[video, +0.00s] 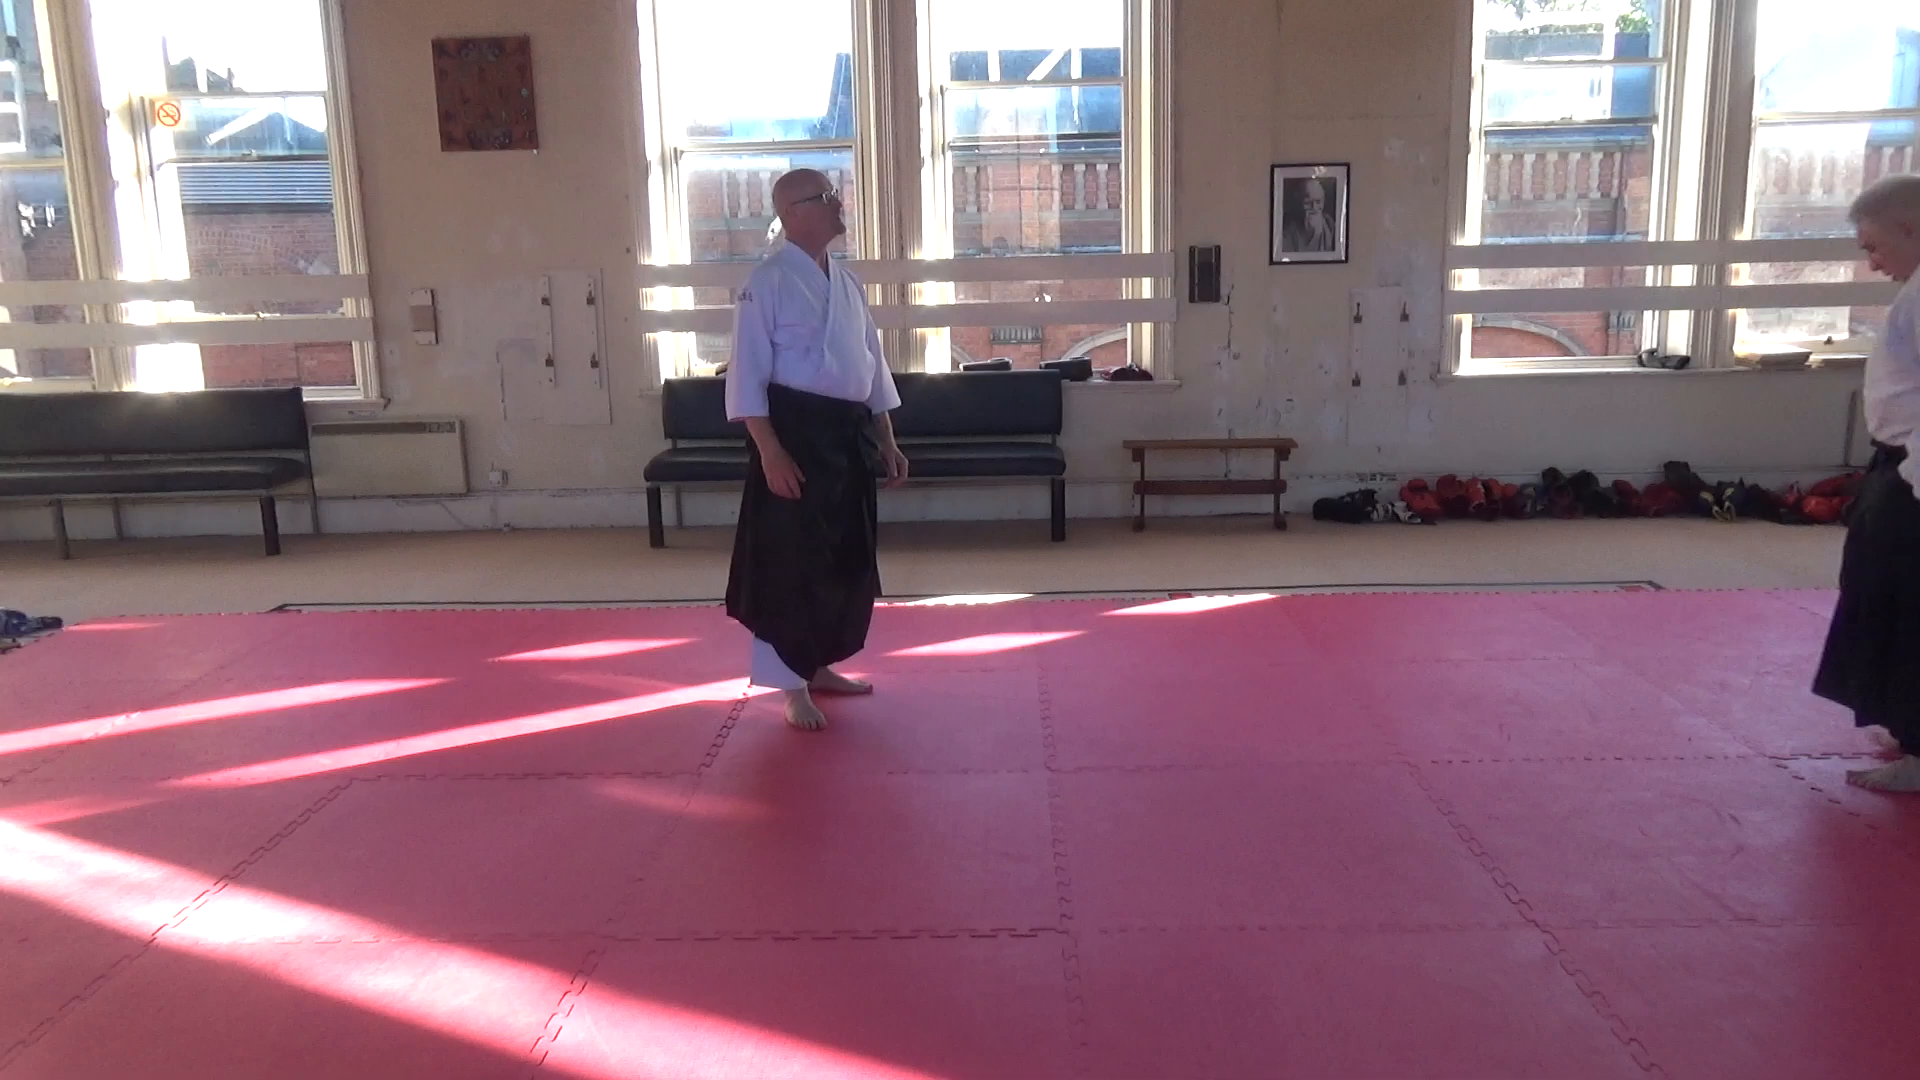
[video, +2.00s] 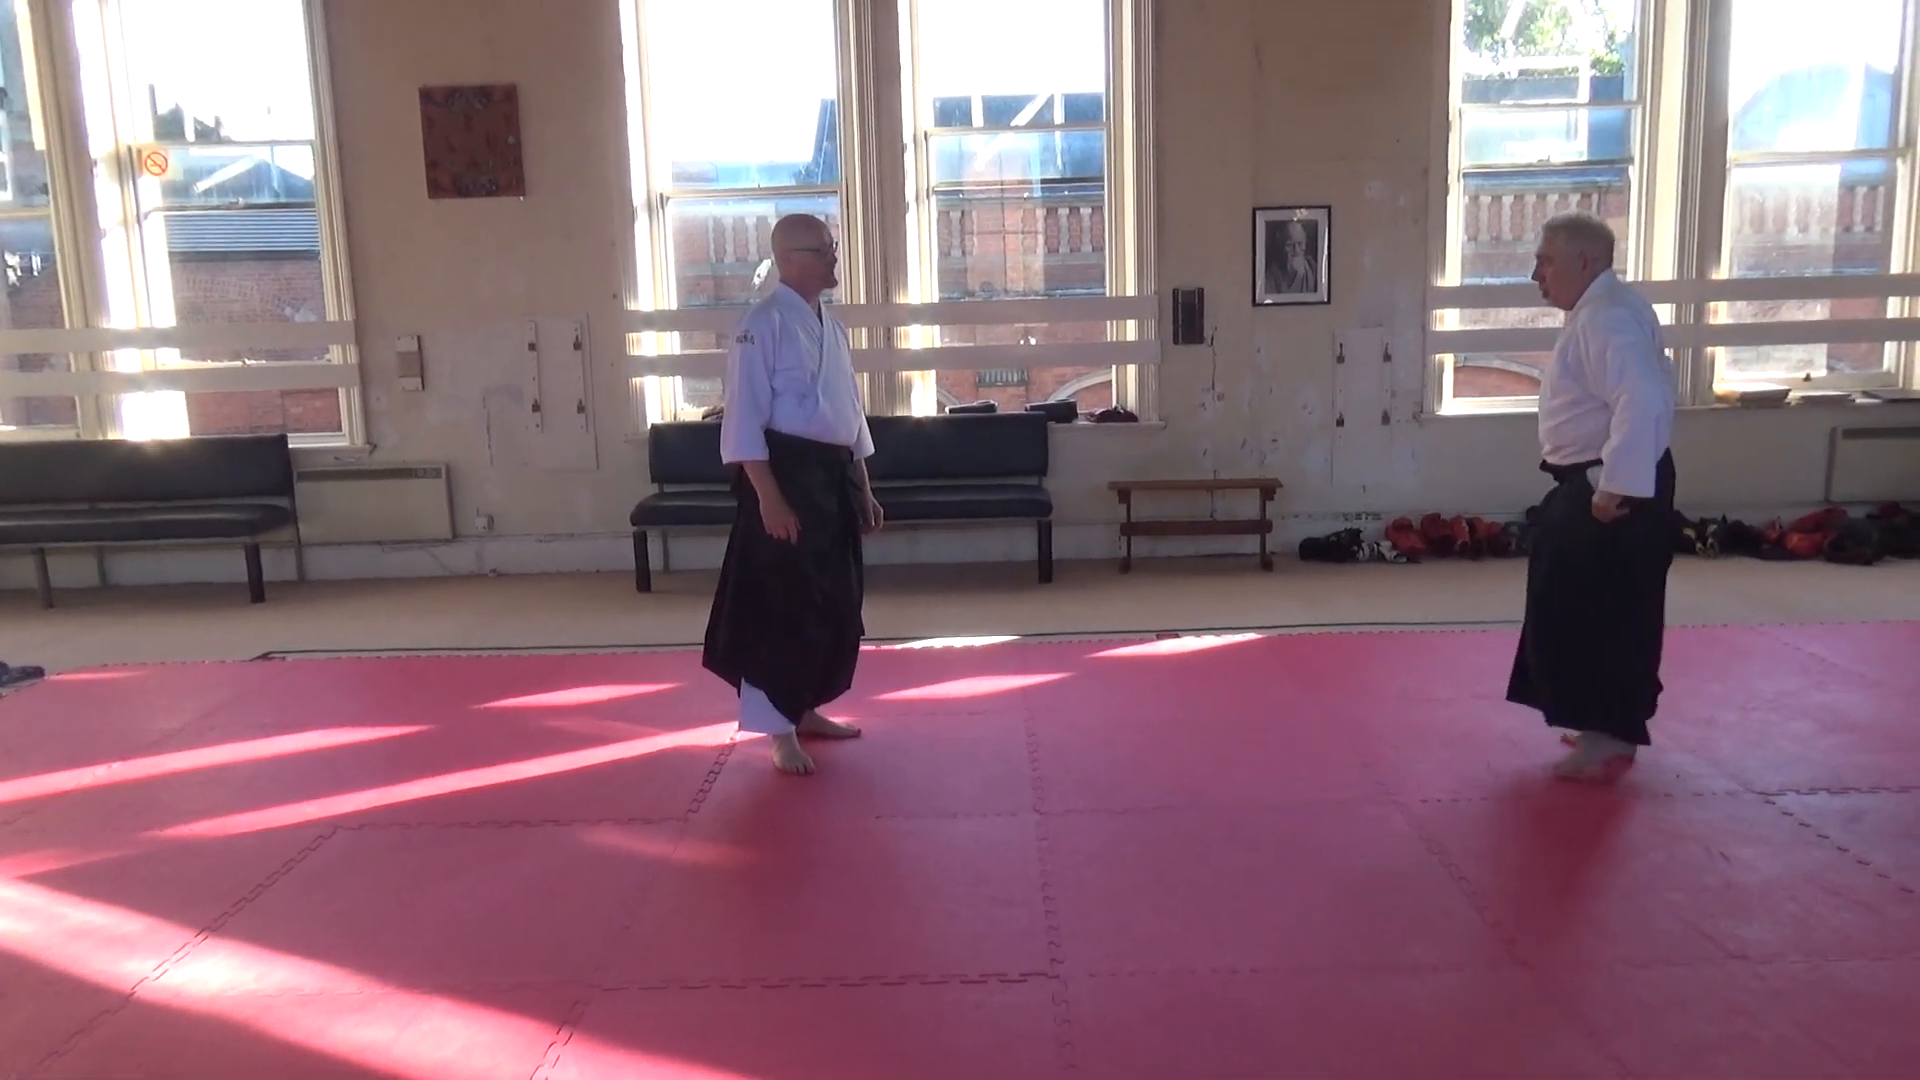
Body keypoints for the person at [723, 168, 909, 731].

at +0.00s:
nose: (838, 204)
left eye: (836, 195)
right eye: (823, 197)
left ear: (829, 210)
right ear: (789, 214)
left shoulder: (847, 280)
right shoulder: (768, 278)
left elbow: (871, 360)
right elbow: (745, 374)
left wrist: (887, 437)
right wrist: (769, 448)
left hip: (847, 427)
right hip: (795, 426)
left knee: (839, 548)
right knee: (792, 553)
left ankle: (817, 664)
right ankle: (793, 683)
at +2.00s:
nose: (834, 257)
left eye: (833, 248)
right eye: (821, 250)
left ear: (818, 257)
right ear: (786, 258)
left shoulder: (830, 322)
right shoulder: (762, 320)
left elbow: (848, 408)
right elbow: (743, 417)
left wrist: (863, 484)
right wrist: (768, 495)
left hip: (832, 470)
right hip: (781, 473)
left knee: (828, 594)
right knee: (781, 598)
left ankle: (805, 709)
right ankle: (780, 727)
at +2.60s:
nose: (820, 269)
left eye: (820, 260)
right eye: (807, 260)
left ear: (809, 268)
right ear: (772, 266)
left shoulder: (813, 333)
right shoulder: (744, 330)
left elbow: (831, 418)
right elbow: (725, 426)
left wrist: (845, 495)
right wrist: (749, 504)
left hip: (814, 481)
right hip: (763, 482)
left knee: (808, 603)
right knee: (761, 608)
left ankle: (786, 718)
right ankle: (762, 737)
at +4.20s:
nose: (737, 257)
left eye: (739, 247)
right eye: (722, 248)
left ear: (735, 255)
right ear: (684, 253)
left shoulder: (736, 332)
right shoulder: (658, 326)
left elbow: (758, 422)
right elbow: (641, 432)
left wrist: (766, 505)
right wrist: (671, 519)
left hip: (738, 495)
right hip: (681, 496)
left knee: (735, 637)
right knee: (679, 641)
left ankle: (711, 765)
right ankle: (684, 789)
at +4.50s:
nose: (735, 266)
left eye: (736, 255)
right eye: (721, 256)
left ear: (729, 265)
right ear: (682, 263)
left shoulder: (734, 341)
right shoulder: (653, 336)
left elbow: (754, 431)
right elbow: (632, 438)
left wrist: (763, 513)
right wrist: (659, 523)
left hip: (733, 502)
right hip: (676, 504)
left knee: (726, 642)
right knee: (679, 647)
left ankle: (706, 775)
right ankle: (682, 800)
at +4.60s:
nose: (739, 267)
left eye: (739, 257)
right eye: (725, 258)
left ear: (729, 269)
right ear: (686, 267)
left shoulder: (737, 344)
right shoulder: (654, 337)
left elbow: (757, 434)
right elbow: (627, 440)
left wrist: (761, 516)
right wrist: (654, 525)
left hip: (732, 505)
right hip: (673, 507)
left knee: (722, 644)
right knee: (677, 649)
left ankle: (703, 779)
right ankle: (679, 802)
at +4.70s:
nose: (743, 271)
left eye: (744, 261)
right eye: (730, 261)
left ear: (737, 273)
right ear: (690, 268)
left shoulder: (744, 351)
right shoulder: (653, 340)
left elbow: (761, 442)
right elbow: (624, 438)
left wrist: (759, 521)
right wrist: (647, 525)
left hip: (728, 509)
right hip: (667, 508)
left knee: (721, 646)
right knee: (673, 650)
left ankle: (701, 780)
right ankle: (678, 802)